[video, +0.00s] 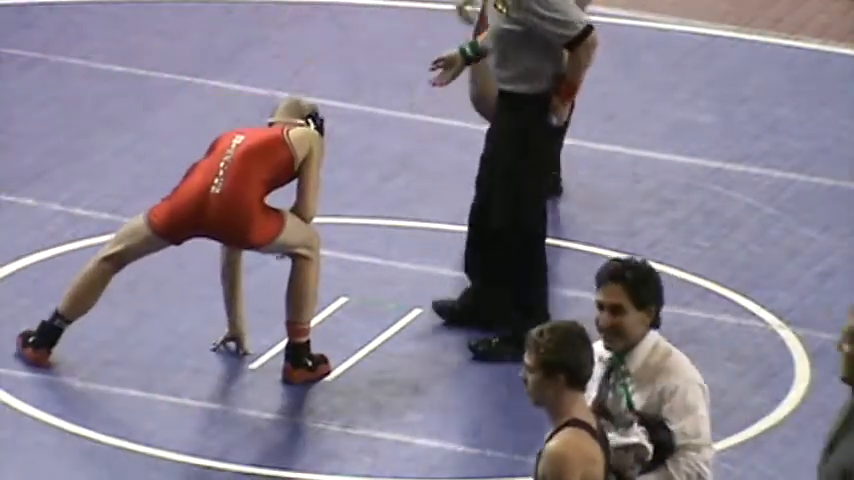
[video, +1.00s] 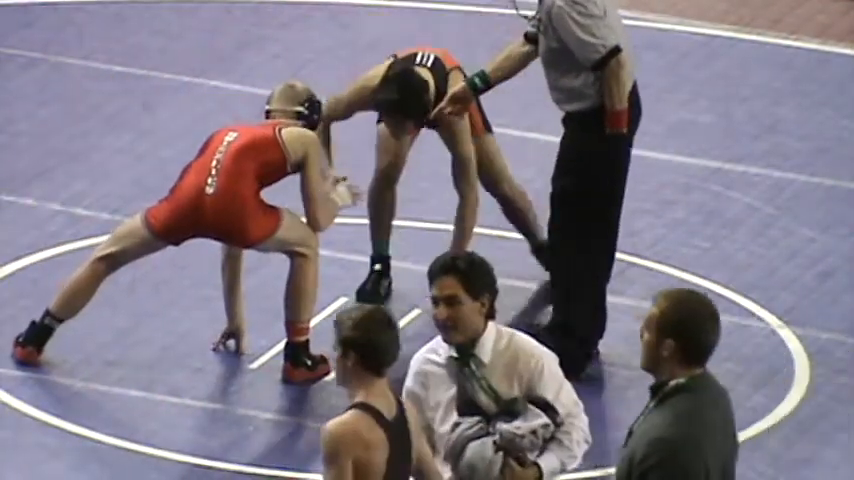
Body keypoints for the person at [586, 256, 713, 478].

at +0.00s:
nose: (604, 322)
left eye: (617, 311)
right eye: (600, 308)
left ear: (649, 315)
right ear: (595, 306)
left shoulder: (679, 379)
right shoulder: (594, 357)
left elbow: (695, 464)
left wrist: (637, 477)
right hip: (591, 468)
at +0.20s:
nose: (562, 322)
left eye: (574, 311)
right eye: (556, 311)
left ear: (604, 313)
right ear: (548, 313)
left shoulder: (640, 374)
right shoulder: (552, 362)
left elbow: (672, 457)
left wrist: (627, 477)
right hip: (563, 470)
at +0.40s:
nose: (514, 319)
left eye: (525, 306)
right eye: (507, 308)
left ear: (553, 308)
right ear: (501, 310)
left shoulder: (595, 361)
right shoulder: (499, 358)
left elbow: (640, 432)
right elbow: (467, 426)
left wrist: (607, 472)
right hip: (520, 469)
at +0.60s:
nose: (479, 316)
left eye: (490, 303)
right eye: (471, 305)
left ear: (518, 303)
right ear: (465, 307)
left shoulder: (563, 353)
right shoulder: (461, 356)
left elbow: (612, 421)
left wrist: (583, 464)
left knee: (527, 453)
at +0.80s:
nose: (457, 315)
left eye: (468, 303)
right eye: (450, 304)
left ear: (498, 303)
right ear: (444, 306)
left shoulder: (544, 353)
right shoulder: (438, 364)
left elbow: (591, 421)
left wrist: (562, 465)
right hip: (469, 473)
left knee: (504, 453)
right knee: (507, 452)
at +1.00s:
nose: (441, 315)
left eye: (452, 303)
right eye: (435, 303)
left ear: (484, 303)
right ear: (430, 303)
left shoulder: (530, 357)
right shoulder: (424, 367)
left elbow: (575, 427)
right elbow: (416, 449)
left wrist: (540, 470)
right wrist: (446, 476)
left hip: (525, 472)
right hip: (457, 473)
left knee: (479, 453)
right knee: (478, 451)